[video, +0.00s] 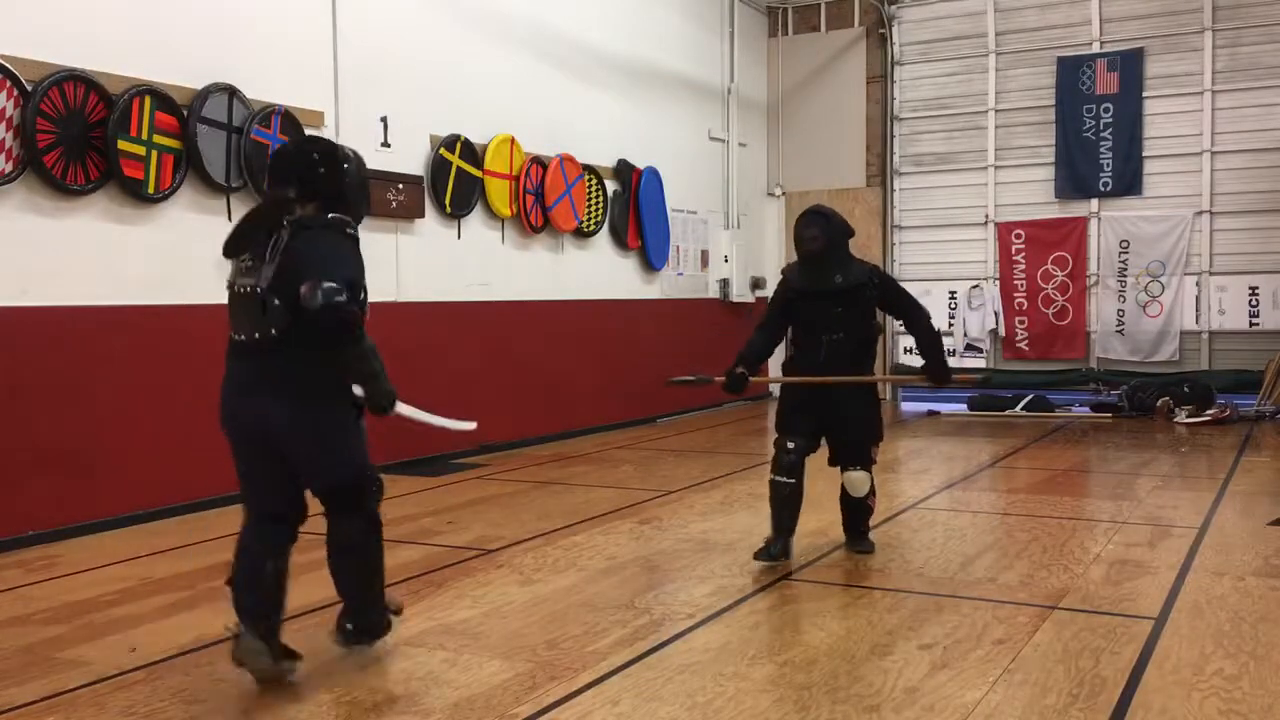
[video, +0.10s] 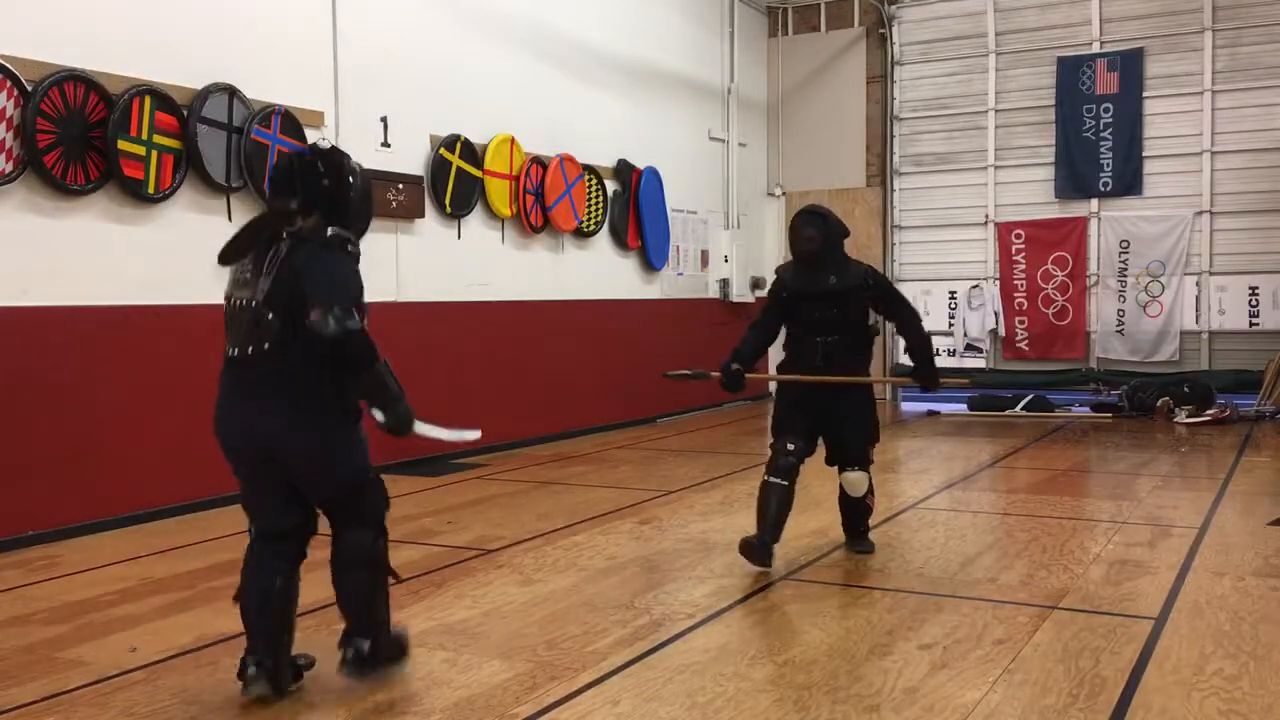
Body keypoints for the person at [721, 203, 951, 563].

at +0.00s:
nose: (809, 244)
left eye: (816, 237)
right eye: (803, 238)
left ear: (836, 237)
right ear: (796, 240)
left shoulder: (864, 278)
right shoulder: (793, 282)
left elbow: (915, 314)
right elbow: (769, 329)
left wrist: (936, 363)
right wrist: (743, 365)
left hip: (852, 389)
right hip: (801, 390)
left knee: (856, 470)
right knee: (786, 462)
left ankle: (857, 534)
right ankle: (780, 539)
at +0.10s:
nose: (806, 243)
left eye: (813, 236)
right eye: (800, 236)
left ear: (831, 237)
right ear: (792, 240)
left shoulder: (860, 278)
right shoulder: (788, 280)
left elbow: (907, 318)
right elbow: (765, 326)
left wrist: (925, 365)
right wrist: (738, 360)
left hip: (849, 388)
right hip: (798, 388)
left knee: (855, 467)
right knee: (784, 459)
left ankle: (857, 533)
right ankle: (765, 539)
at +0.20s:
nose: (796, 244)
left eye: (804, 236)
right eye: (790, 237)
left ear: (823, 237)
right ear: (781, 240)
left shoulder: (851, 277)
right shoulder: (778, 280)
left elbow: (894, 317)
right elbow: (754, 323)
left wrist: (910, 365)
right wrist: (729, 359)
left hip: (841, 388)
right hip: (789, 388)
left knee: (850, 467)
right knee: (777, 463)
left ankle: (857, 532)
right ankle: (762, 550)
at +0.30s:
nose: (783, 241)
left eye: (791, 233)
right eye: (777, 233)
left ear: (810, 234)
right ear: (768, 237)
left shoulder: (837, 276)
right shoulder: (764, 278)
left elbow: (880, 317)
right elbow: (741, 324)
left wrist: (896, 366)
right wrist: (718, 358)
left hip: (828, 387)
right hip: (776, 387)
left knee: (843, 468)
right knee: (768, 469)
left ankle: (856, 530)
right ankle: (758, 558)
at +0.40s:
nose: (774, 234)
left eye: (782, 226)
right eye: (767, 226)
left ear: (801, 226)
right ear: (758, 229)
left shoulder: (829, 269)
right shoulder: (754, 271)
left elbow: (870, 314)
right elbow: (731, 317)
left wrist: (888, 362)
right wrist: (711, 354)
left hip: (818, 383)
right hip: (765, 383)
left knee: (831, 466)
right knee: (760, 470)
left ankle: (829, 514)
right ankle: (757, 556)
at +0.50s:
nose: (772, 235)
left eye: (780, 226)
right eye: (764, 227)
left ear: (798, 227)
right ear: (754, 229)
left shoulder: (825, 271)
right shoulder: (747, 272)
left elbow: (868, 314)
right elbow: (724, 317)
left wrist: (886, 363)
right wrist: (707, 355)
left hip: (811, 386)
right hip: (759, 386)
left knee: (821, 478)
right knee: (753, 470)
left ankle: (807, 537)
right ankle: (747, 555)